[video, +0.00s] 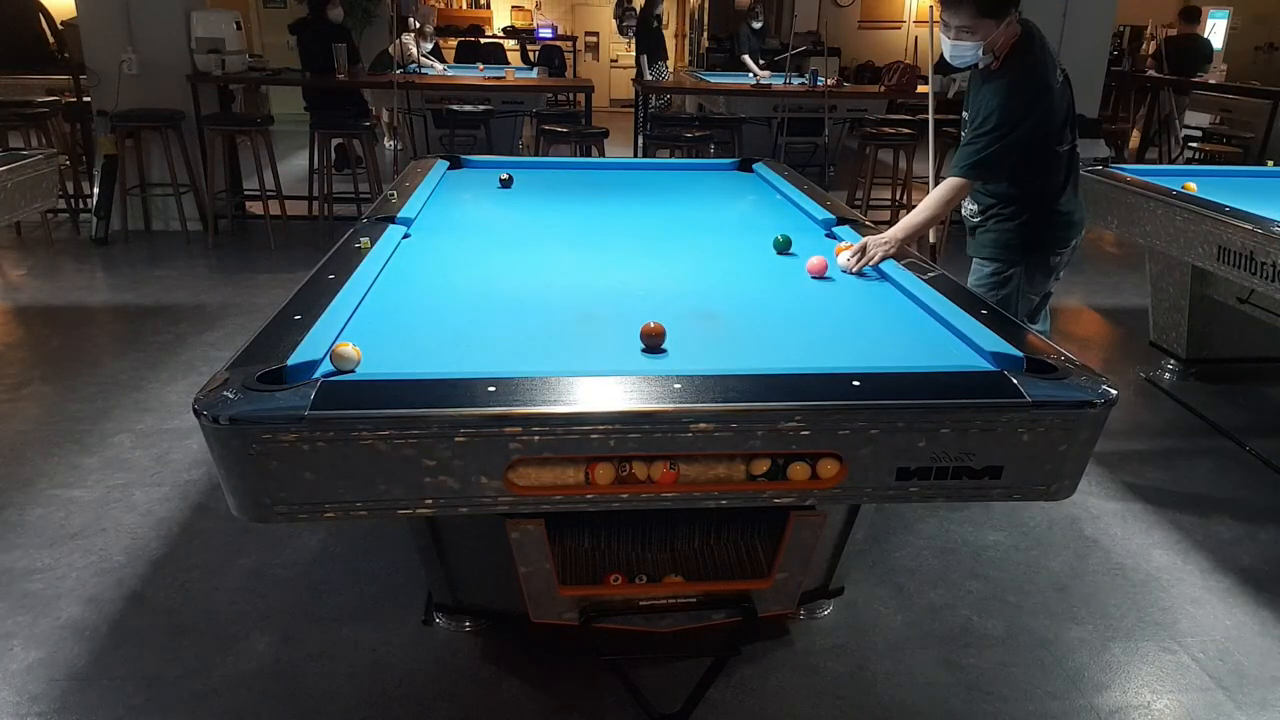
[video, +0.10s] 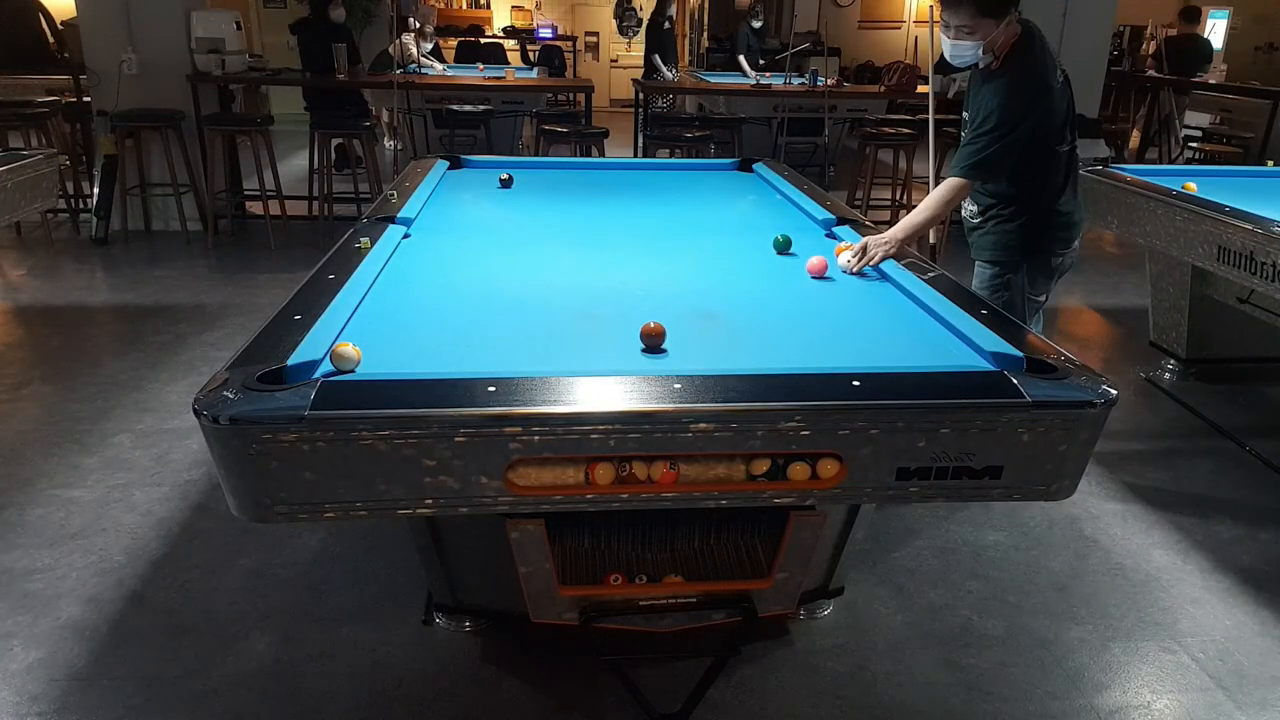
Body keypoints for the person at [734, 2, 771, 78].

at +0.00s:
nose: (757, 24)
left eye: (760, 22)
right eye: (755, 22)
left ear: (763, 19)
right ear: (749, 19)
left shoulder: (762, 28)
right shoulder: (743, 30)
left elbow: (757, 46)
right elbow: (744, 56)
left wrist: (759, 59)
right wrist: (759, 72)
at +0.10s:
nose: (758, 24)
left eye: (760, 21)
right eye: (756, 21)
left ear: (763, 19)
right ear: (750, 19)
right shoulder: (743, 29)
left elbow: (755, 47)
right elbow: (739, 55)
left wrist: (759, 60)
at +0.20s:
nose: (757, 24)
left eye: (759, 22)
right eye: (754, 22)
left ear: (762, 19)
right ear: (749, 19)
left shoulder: (760, 28)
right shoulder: (742, 29)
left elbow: (756, 46)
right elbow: (740, 54)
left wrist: (760, 59)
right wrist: (749, 72)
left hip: (754, 66)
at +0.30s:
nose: (755, 25)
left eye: (758, 23)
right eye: (752, 22)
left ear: (761, 20)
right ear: (748, 19)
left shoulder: (761, 28)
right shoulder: (741, 30)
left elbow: (757, 46)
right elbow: (738, 55)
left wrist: (759, 60)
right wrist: (747, 73)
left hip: (753, 66)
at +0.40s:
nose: (755, 25)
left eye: (758, 23)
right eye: (753, 23)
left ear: (761, 20)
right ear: (747, 19)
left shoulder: (761, 28)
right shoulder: (741, 30)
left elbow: (757, 46)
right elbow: (738, 56)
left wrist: (759, 59)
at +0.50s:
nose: (757, 25)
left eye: (759, 22)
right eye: (754, 22)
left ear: (763, 19)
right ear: (749, 18)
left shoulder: (761, 27)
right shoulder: (742, 29)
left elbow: (757, 46)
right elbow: (741, 55)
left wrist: (759, 60)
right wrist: (757, 70)